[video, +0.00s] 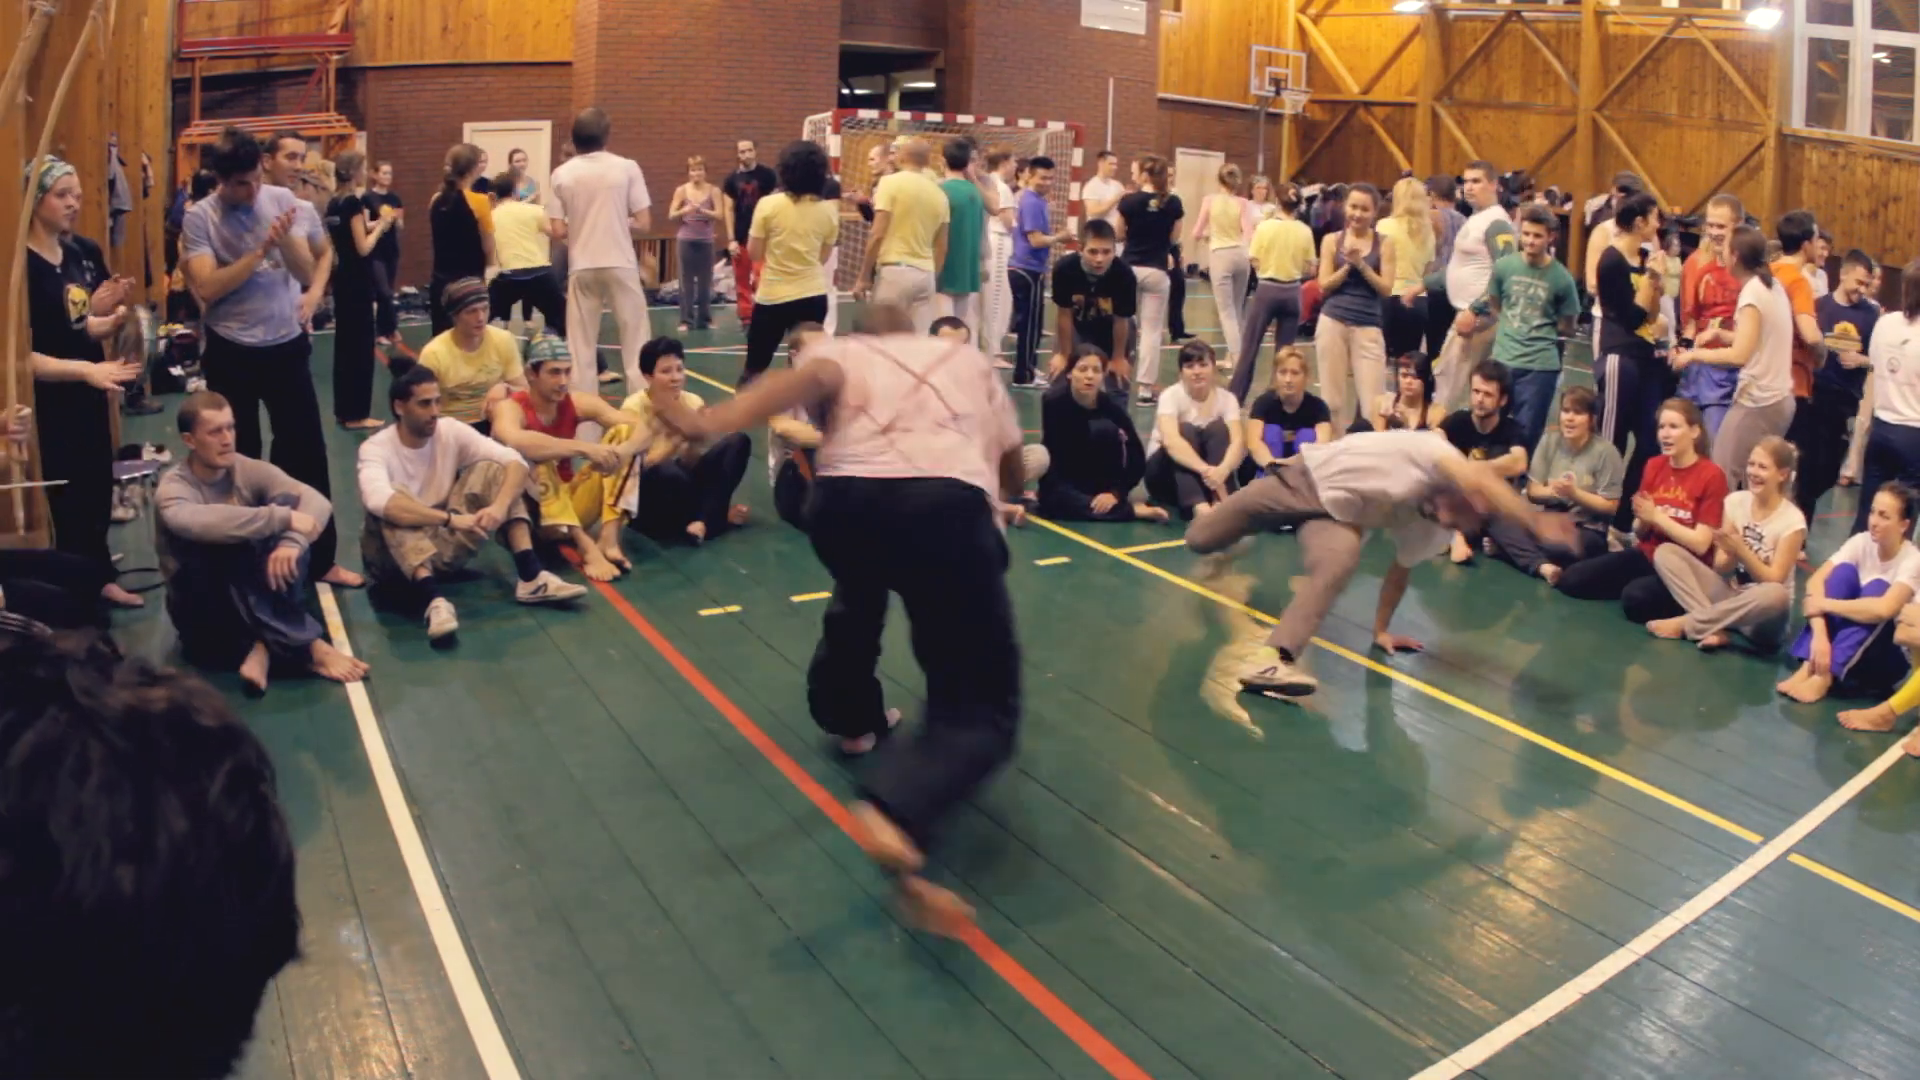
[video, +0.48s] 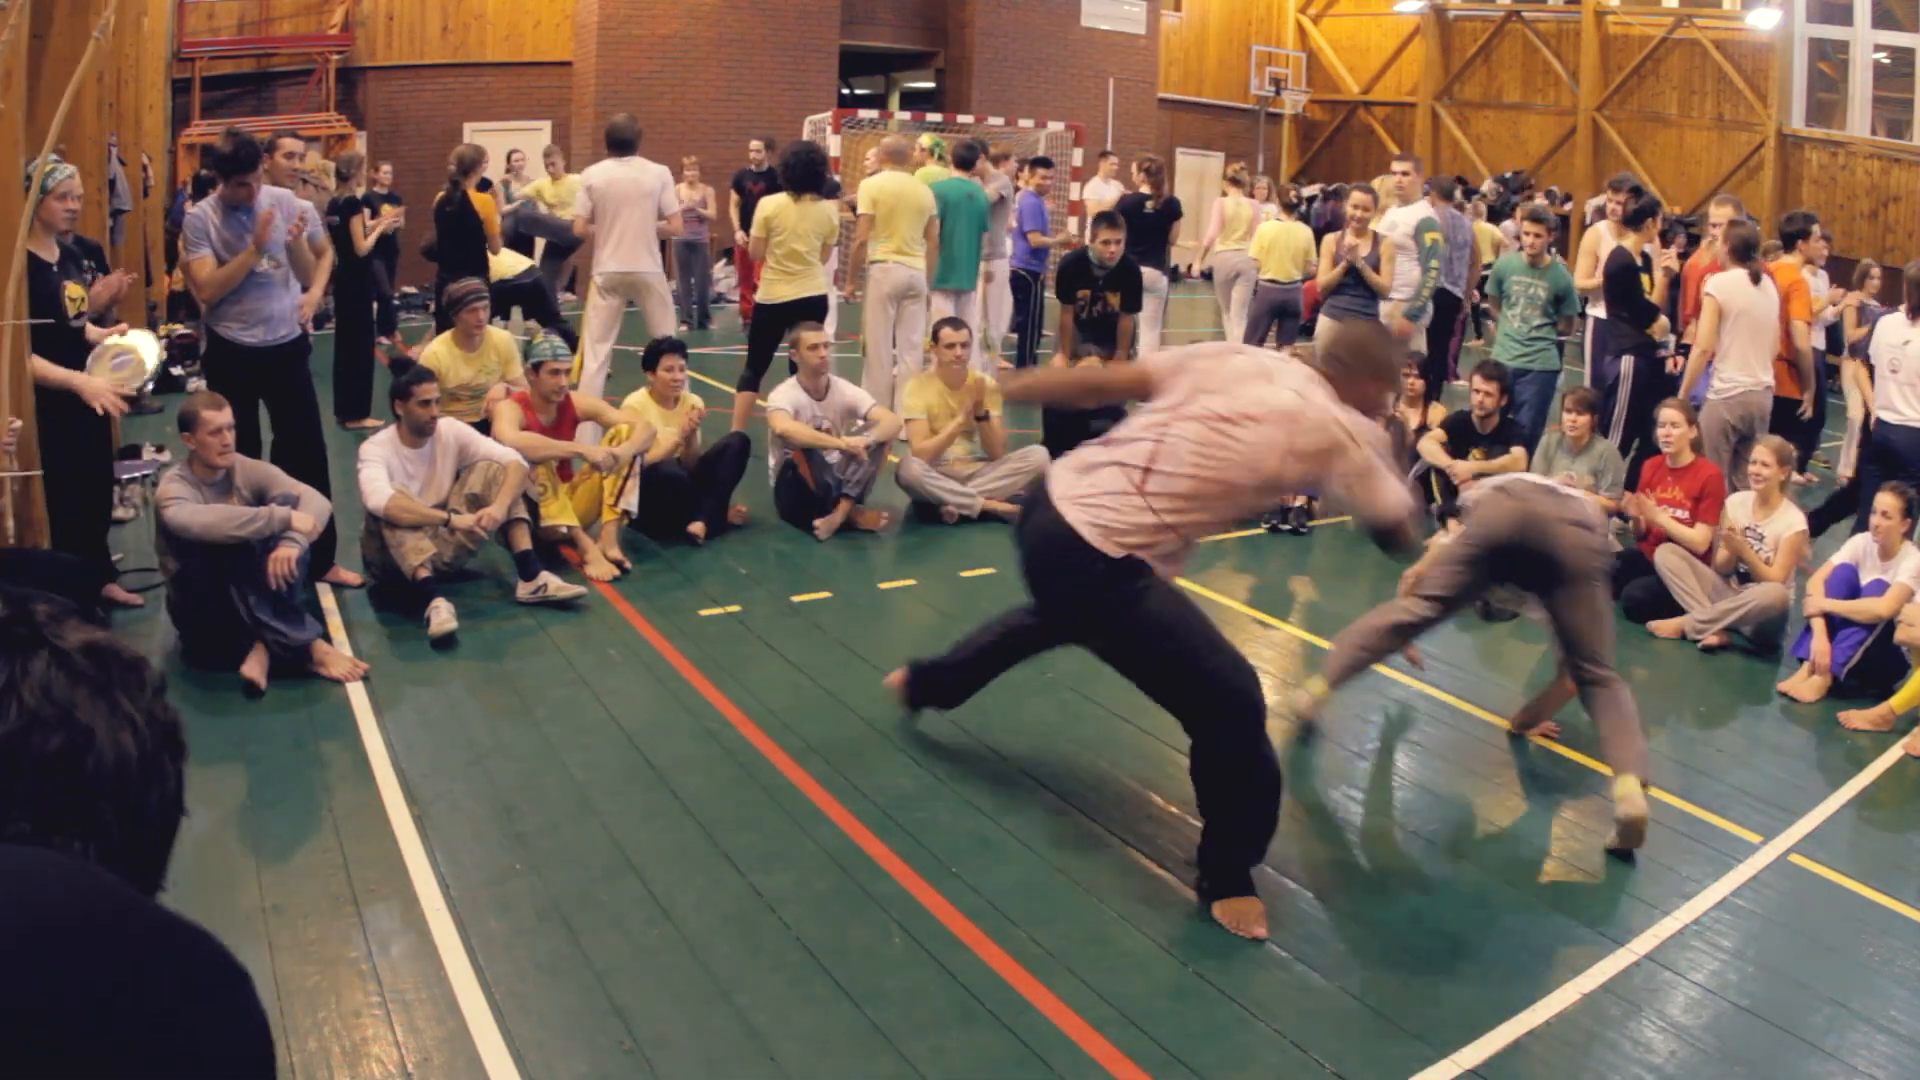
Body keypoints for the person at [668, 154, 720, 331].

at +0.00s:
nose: (696, 173)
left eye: (700, 169)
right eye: (693, 170)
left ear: (705, 171)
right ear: (688, 172)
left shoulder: (714, 191)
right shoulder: (681, 190)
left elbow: (719, 215)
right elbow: (672, 215)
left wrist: (702, 210)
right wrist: (686, 210)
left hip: (706, 238)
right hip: (686, 237)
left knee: (705, 281)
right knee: (686, 281)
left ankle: (704, 318)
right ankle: (685, 319)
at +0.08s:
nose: (696, 173)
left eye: (699, 170)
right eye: (693, 170)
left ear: (704, 171)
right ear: (688, 172)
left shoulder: (713, 191)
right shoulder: (680, 191)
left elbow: (719, 215)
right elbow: (670, 215)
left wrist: (706, 209)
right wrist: (683, 209)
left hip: (705, 239)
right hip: (685, 238)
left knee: (705, 281)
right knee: (686, 281)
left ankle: (704, 318)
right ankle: (685, 319)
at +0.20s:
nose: (695, 173)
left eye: (698, 170)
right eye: (691, 170)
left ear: (703, 171)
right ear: (686, 172)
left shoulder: (711, 191)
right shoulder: (679, 190)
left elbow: (716, 215)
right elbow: (672, 215)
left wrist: (699, 210)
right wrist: (685, 209)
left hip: (703, 237)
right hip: (684, 237)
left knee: (704, 281)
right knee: (685, 281)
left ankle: (704, 318)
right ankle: (685, 319)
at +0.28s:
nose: (693, 174)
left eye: (696, 170)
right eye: (690, 170)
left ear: (701, 171)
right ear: (685, 172)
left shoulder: (710, 191)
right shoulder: (678, 190)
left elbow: (715, 216)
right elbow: (670, 215)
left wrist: (700, 209)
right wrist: (684, 209)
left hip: (703, 237)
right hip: (683, 237)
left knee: (704, 280)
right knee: (684, 281)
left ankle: (704, 318)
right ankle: (685, 319)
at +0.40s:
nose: (692, 174)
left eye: (695, 170)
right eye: (688, 170)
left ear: (700, 171)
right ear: (684, 172)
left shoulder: (709, 190)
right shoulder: (676, 191)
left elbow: (715, 216)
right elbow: (669, 215)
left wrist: (701, 208)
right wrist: (681, 208)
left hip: (701, 238)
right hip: (681, 237)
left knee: (703, 279)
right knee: (684, 280)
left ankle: (704, 317)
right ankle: (685, 318)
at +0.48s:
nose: (691, 173)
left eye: (694, 170)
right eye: (687, 170)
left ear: (699, 171)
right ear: (682, 172)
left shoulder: (707, 190)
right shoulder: (677, 190)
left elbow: (713, 214)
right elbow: (671, 210)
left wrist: (697, 209)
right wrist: (683, 208)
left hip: (701, 238)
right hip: (681, 237)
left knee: (702, 279)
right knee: (683, 281)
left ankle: (703, 318)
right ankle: (686, 318)